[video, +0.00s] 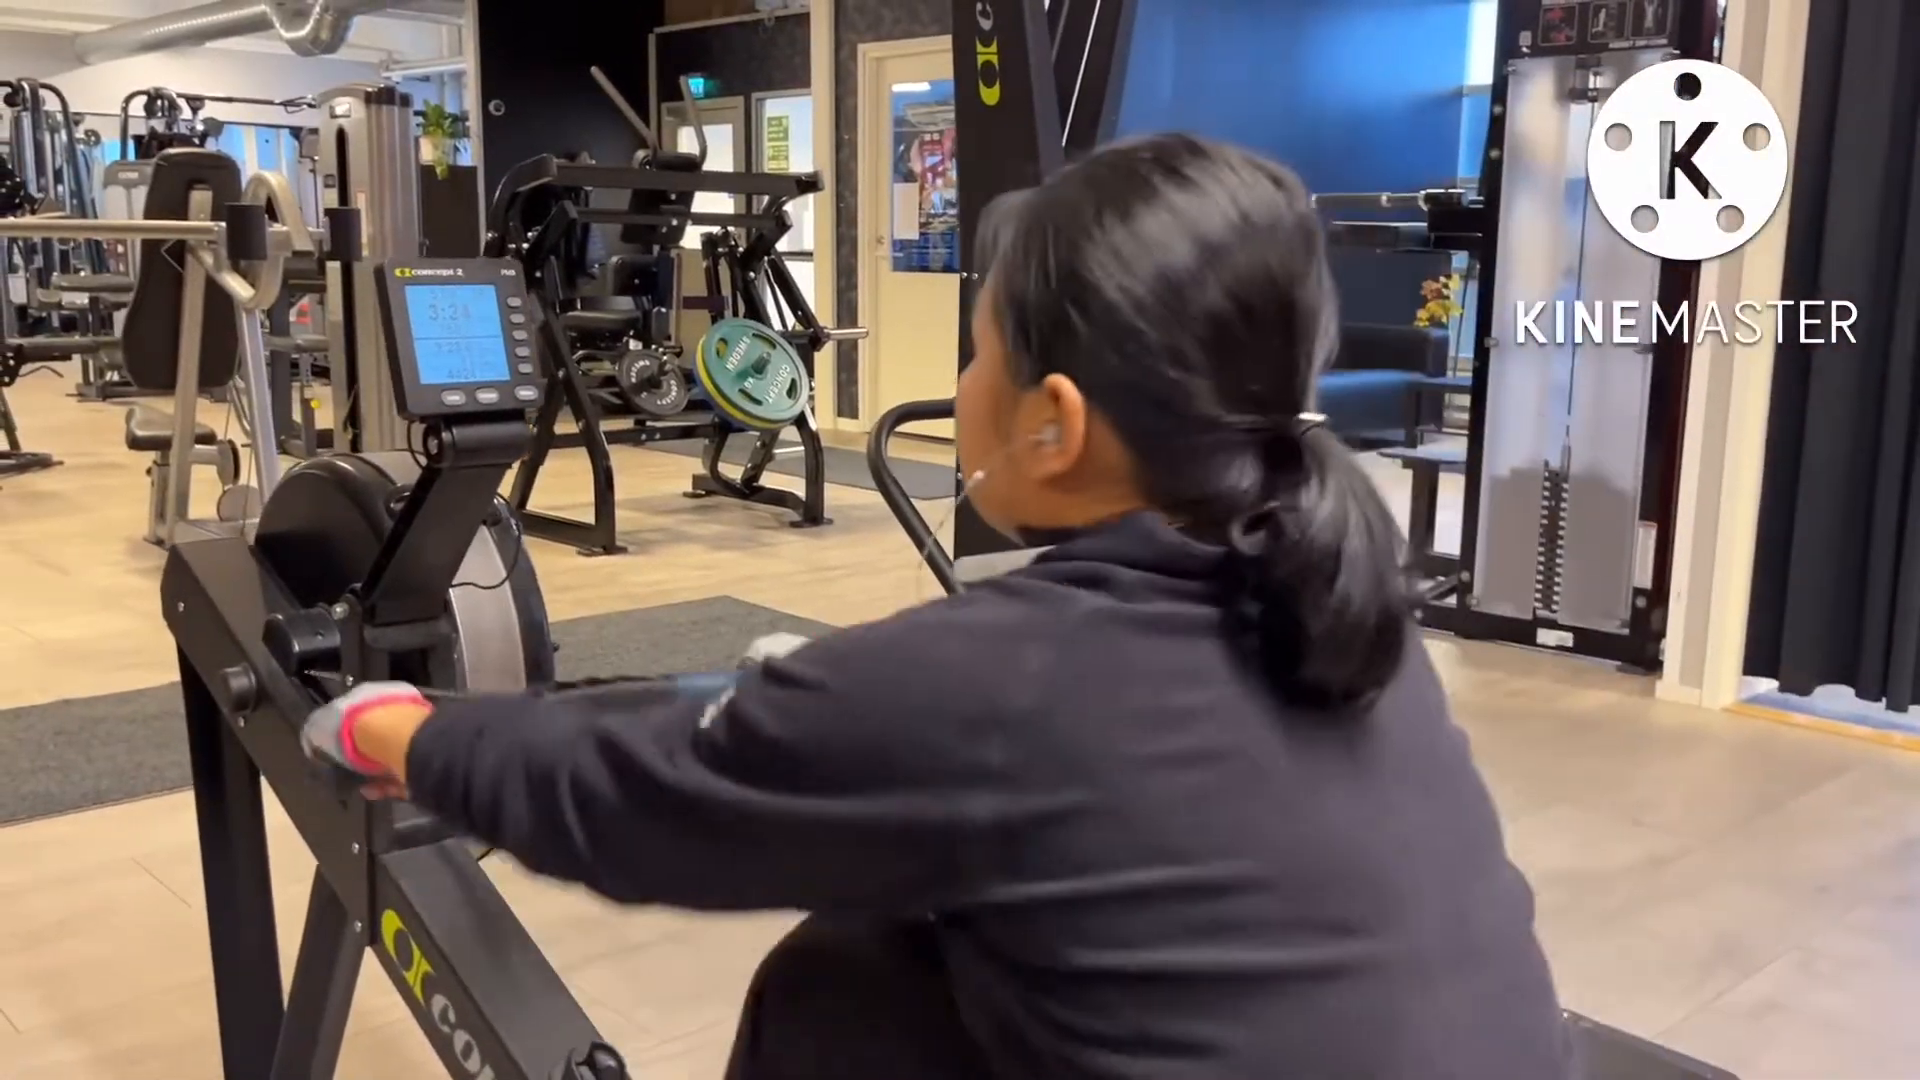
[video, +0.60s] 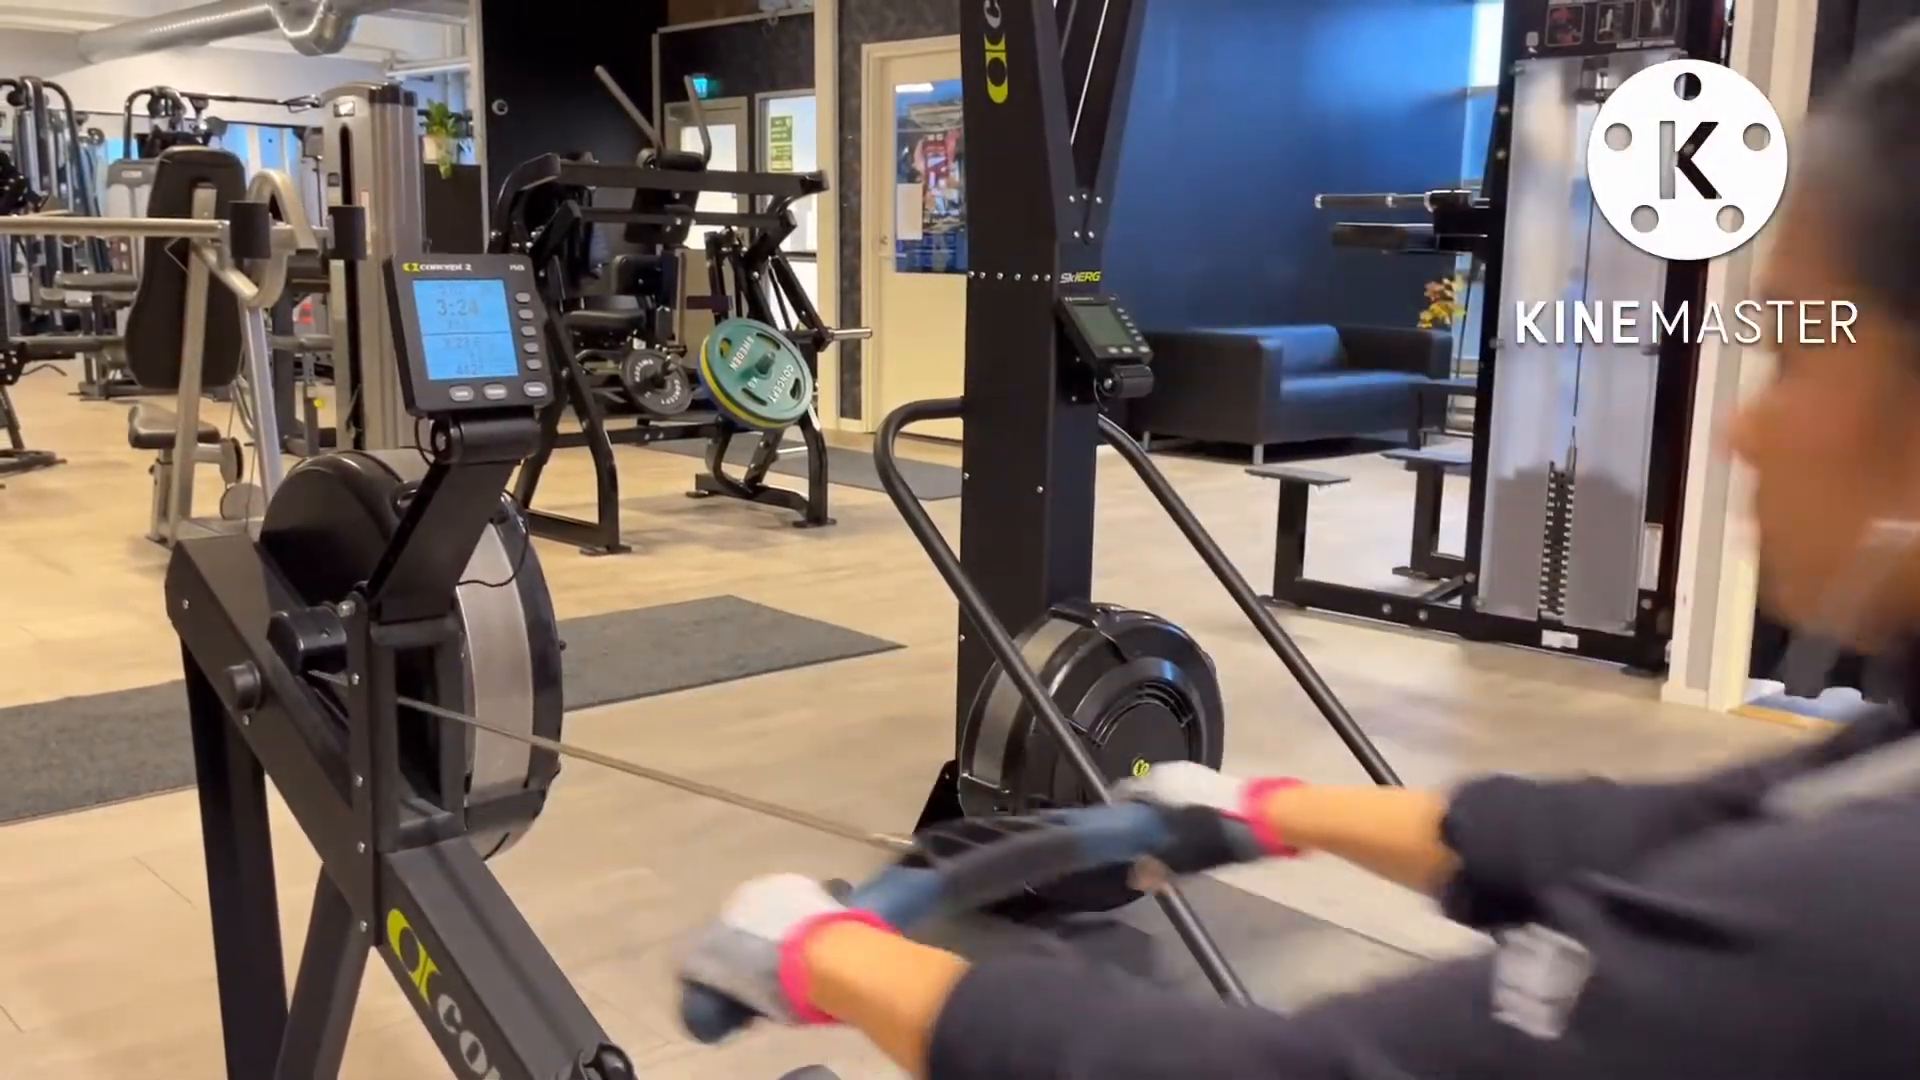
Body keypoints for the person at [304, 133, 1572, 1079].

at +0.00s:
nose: (957, 390)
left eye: (976, 355)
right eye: (976, 348)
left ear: (1061, 425)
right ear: (1264, 393)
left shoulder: (989, 678)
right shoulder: (1352, 586)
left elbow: (648, 783)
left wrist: (412, 736)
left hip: (1243, 1068)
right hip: (1509, 1046)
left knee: (833, 974)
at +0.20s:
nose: (1014, 392)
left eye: (1035, 357)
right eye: (1031, 350)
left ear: (1135, 433)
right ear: (1337, 399)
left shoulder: (1052, 691)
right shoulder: (1420, 593)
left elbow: (707, 742)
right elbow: (1197, 654)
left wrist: (456, 712)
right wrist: (952, 629)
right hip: (1608, 1045)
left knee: (895, 1001)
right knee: (948, 977)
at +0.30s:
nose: (1137, 390)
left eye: (1164, 356)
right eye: (1154, 348)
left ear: (1285, 428)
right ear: (1492, 393)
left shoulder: (1228, 746)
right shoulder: (1573, 623)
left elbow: (855, 829)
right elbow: (1309, 691)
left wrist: (567, 791)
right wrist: (1045, 698)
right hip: (1728, 1043)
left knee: (1007, 1010)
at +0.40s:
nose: (1314, 395)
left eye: (1346, 349)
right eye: (1332, 339)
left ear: (1494, 426)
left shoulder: (1340, 805)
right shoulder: (1817, 684)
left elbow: (948, 910)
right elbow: (1449, 739)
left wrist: (643, 878)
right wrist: (1132, 761)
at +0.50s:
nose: (1522, 392)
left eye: (1563, 336)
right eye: (1543, 332)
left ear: (1745, 431)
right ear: (1765, 436)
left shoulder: (1579, 849)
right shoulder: (1864, 734)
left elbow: (1126, 1011)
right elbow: (1529, 769)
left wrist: (729, 944)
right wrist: (1164, 781)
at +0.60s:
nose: (1743, 425)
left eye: (1798, 336)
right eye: (1766, 339)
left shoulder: (1847, 921)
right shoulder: (1880, 753)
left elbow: (1312, 1072)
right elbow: (1688, 831)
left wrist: (846, 960)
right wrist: (1307, 812)